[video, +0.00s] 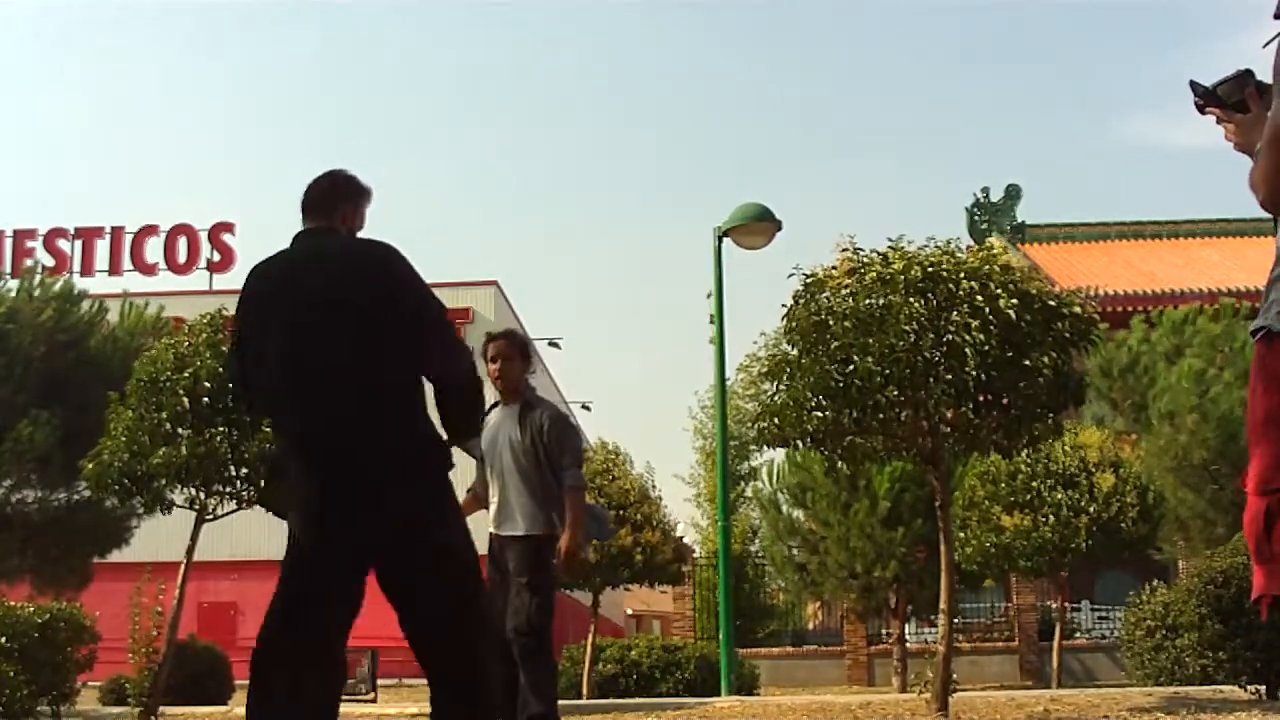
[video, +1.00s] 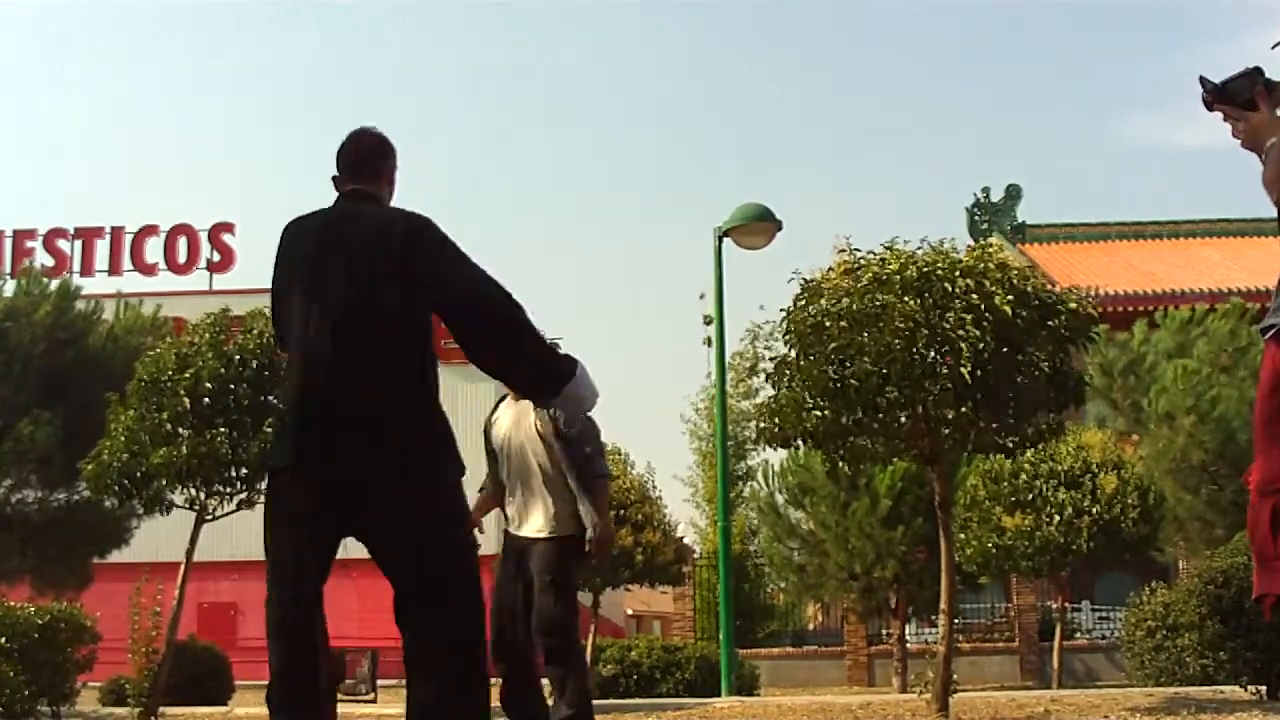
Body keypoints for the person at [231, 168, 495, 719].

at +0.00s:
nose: (362, 228)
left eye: (363, 220)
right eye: (362, 219)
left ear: (304, 213)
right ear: (349, 214)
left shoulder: (263, 279)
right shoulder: (380, 261)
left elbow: (249, 383)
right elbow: (453, 365)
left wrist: (301, 422)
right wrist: (460, 430)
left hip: (319, 486)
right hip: (405, 479)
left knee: (299, 643)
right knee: (459, 639)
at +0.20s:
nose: (375, 218)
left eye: (376, 210)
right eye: (374, 209)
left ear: (318, 202)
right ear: (355, 202)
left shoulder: (267, 269)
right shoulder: (371, 246)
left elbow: (246, 364)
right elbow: (417, 335)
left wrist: (280, 438)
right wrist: (448, 417)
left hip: (301, 463)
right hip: (385, 453)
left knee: (310, 608)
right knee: (425, 600)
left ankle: (303, 713)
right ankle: (462, 709)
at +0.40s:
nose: (407, 211)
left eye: (409, 201)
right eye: (406, 199)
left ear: (354, 190)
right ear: (387, 192)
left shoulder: (300, 260)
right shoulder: (380, 241)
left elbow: (286, 364)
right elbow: (405, 346)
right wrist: (460, 408)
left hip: (308, 453)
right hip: (377, 450)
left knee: (331, 606)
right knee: (399, 606)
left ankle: (306, 712)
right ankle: (418, 713)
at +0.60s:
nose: (444, 212)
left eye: (447, 201)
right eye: (446, 200)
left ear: (394, 184)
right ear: (433, 190)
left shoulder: (345, 241)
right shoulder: (414, 232)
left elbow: (307, 347)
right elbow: (408, 354)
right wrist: (448, 365)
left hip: (325, 447)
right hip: (391, 450)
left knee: (327, 595)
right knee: (407, 603)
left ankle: (307, 712)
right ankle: (419, 713)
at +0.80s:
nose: (437, 195)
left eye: (435, 187)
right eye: (438, 186)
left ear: (385, 178)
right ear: (433, 179)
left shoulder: (333, 237)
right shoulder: (432, 224)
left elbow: (325, 338)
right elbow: (456, 327)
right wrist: (488, 382)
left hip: (328, 434)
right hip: (409, 435)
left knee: (301, 580)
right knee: (432, 587)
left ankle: (262, 710)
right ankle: (437, 710)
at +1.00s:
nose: (389, 187)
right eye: (392, 179)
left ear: (337, 179)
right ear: (392, 178)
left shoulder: (296, 236)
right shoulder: (413, 233)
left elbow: (286, 334)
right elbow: (486, 316)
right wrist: (558, 377)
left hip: (307, 452)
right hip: (403, 451)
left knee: (290, 607)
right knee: (441, 609)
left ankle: (298, 716)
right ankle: (447, 713)